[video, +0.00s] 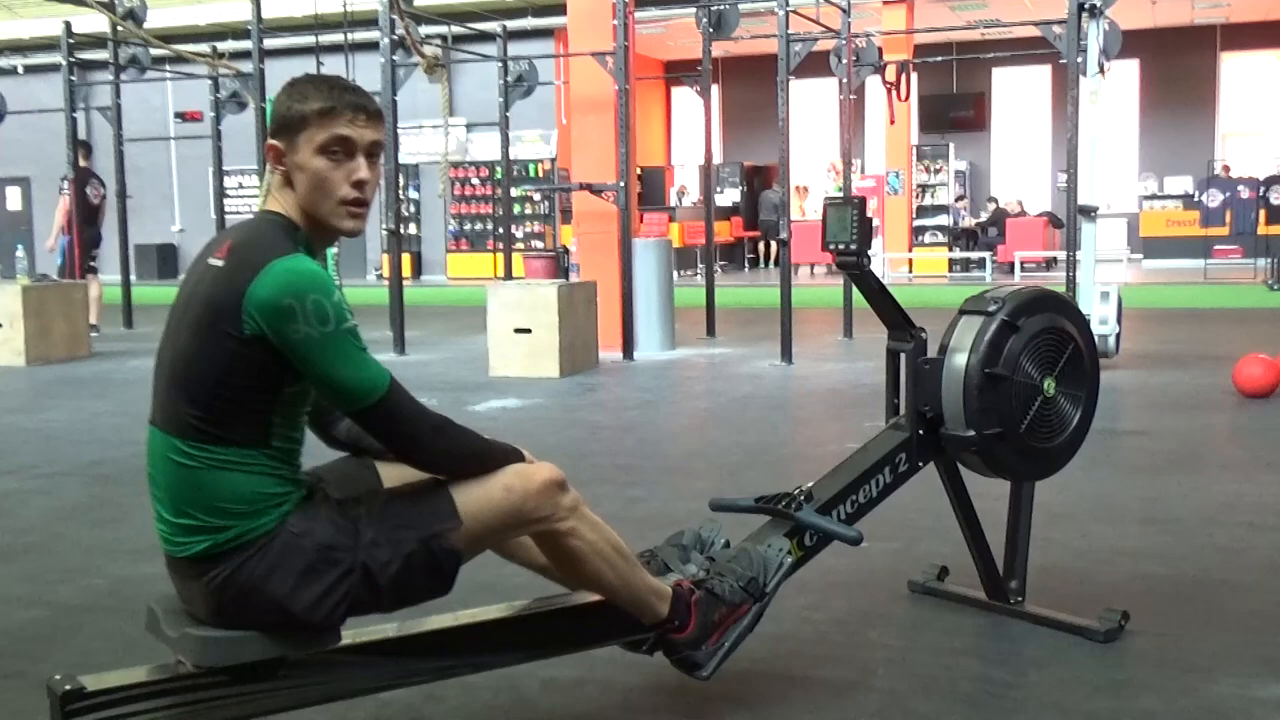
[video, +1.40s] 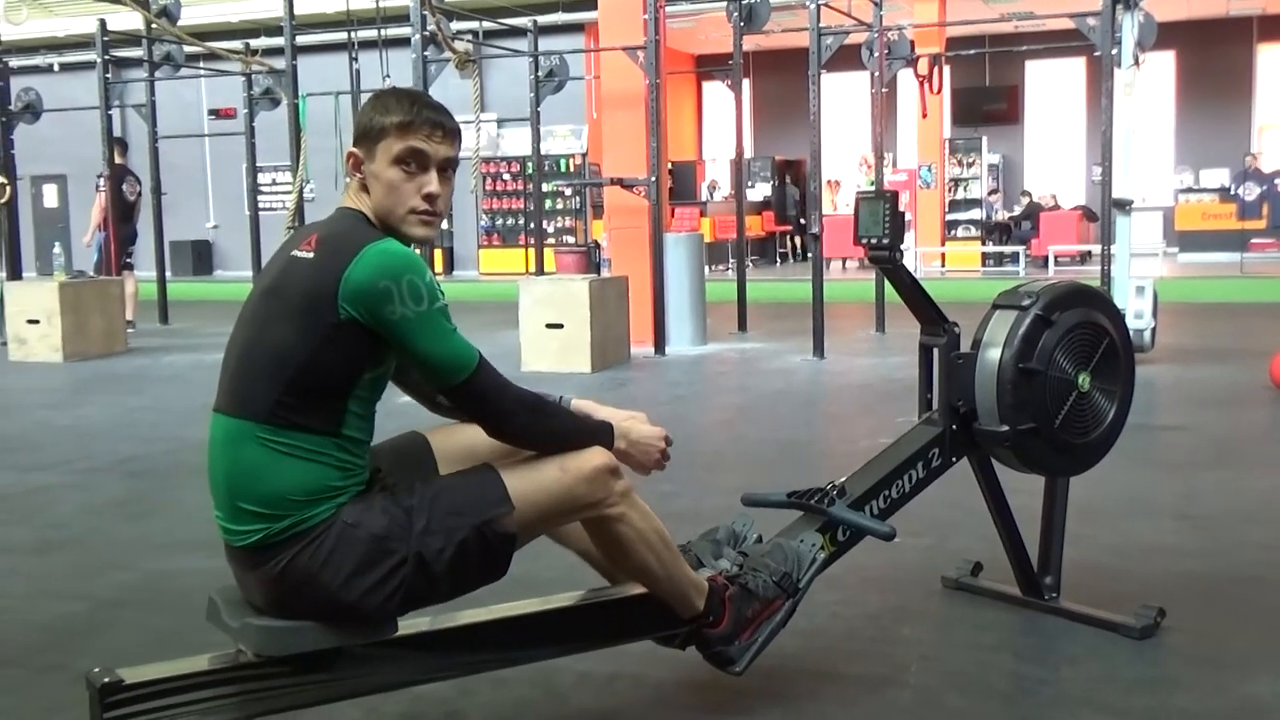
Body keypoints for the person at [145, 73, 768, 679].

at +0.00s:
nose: (363, 175)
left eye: (373, 156)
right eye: (338, 153)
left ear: (382, 164)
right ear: (279, 160)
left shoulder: (244, 252)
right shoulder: (290, 275)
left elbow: (339, 423)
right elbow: (415, 430)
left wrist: (492, 467)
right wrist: (520, 466)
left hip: (220, 541)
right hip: (256, 560)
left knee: (472, 474)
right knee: (536, 482)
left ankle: (629, 596)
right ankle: (674, 616)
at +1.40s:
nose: (435, 187)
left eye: (445, 170)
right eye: (412, 165)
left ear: (453, 176)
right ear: (358, 168)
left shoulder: (327, 246)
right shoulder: (381, 264)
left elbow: (455, 398)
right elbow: (501, 407)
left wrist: (591, 422)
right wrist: (615, 436)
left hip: (287, 516)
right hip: (316, 547)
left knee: (511, 437)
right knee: (592, 470)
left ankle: (653, 592)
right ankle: (708, 611)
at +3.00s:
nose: (389, 132)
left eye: (391, 104)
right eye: (380, 101)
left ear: (285, 96)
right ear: (302, 92)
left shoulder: (149, 214)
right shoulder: (279, 273)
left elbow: (316, 465)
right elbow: (422, 494)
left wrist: (516, 468)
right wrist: (571, 453)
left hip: (90, 627)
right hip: (156, 672)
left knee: (449, 524)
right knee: (551, 526)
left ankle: (644, 705)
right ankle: (726, 708)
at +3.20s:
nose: (340, 110)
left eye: (340, 75)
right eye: (328, 71)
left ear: (233, 63)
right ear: (238, 59)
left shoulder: (41, 204)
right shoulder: (205, 283)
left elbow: (250, 508)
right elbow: (368, 549)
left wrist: (499, 500)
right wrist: (541, 496)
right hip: (89, 700)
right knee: (514, 583)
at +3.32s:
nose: (333, 111)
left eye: (329, 75)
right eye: (316, 72)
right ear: (221, 69)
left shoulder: (40, 209)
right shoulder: (188, 294)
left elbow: (245, 518)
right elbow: (364, 579)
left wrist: (501, 515)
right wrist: (542, 530)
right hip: (84, 703)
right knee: (518, 612)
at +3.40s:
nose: (327, 109)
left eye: (322, 72)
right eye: (309, 70)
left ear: (217, 77)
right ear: (213, 72)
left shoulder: (46, 220)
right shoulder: (182, 296)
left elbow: (253, 529)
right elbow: (366, 582)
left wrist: (507, 525)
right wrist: (550, 540)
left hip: (46, 669)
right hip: (84, 704)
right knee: (527, 621)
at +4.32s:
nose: (299, 112)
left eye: (300, 76)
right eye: (253, 73)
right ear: (131, 88)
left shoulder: (71, 246)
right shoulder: (164, 305)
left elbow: (161, 585)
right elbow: (345, 664)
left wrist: (374, 588)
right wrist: (515, 621)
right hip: (110, 711)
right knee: (585, 687)